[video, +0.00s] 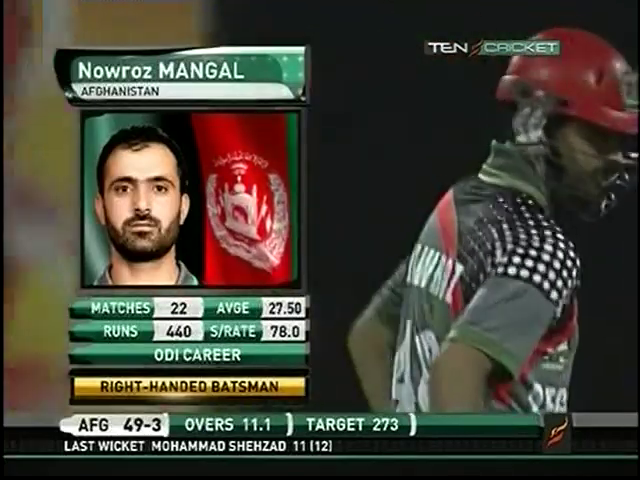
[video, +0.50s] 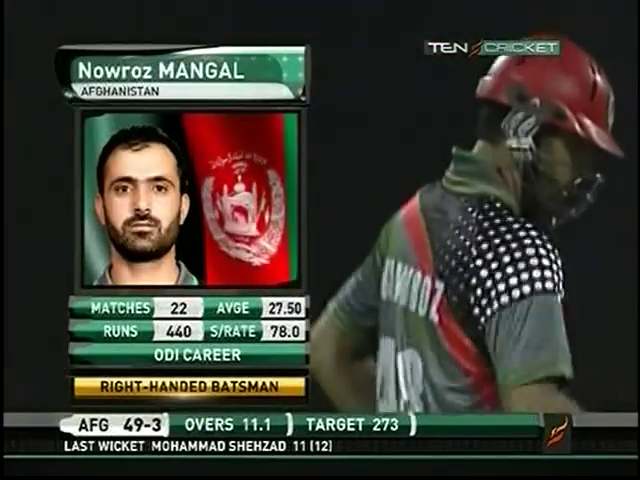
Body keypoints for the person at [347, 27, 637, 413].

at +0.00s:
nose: (617, 161)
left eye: (619, 142)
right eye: (598, 139)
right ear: (538, 128)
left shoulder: (459, 205)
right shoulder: (542, 248)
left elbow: (369, 337)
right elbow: (457, 371)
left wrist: (404, 445)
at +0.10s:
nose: (612, 164)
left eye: (616, 146)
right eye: (599, 141)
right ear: (543, 126)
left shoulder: (439, 200)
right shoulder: (542, 248)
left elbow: (342, 331)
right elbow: (476, 378)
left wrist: (393, 449)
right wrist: (522, 479)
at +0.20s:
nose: (603, 154)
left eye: (606, 137)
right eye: (590, 132)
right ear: (534, 113)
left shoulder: (414, 188)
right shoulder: (532, 234)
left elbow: (324, 303)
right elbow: (498, 372)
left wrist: (371, 423)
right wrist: (534, 473)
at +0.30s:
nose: (589, 154)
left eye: (593, 136)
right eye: (578, 129)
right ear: (524, 112)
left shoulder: (401, 187)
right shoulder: (522, 227)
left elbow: (314, 303)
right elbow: (519, 370)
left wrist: (364, 419)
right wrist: (584, 470)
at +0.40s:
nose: (587, 166)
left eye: (591, 148)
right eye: (576, 142)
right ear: (522, 125)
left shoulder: (402, 203)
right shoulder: (516, 239)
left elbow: (321, 327)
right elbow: (535, 385)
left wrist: (376, 433)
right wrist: (617, 446)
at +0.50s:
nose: (587, 177)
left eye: (592, 159)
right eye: (579, 152)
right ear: (525, 135)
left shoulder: (415, 214)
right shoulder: (516, 249)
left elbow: (328, 348)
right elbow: (534, 405)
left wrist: (393, 441)